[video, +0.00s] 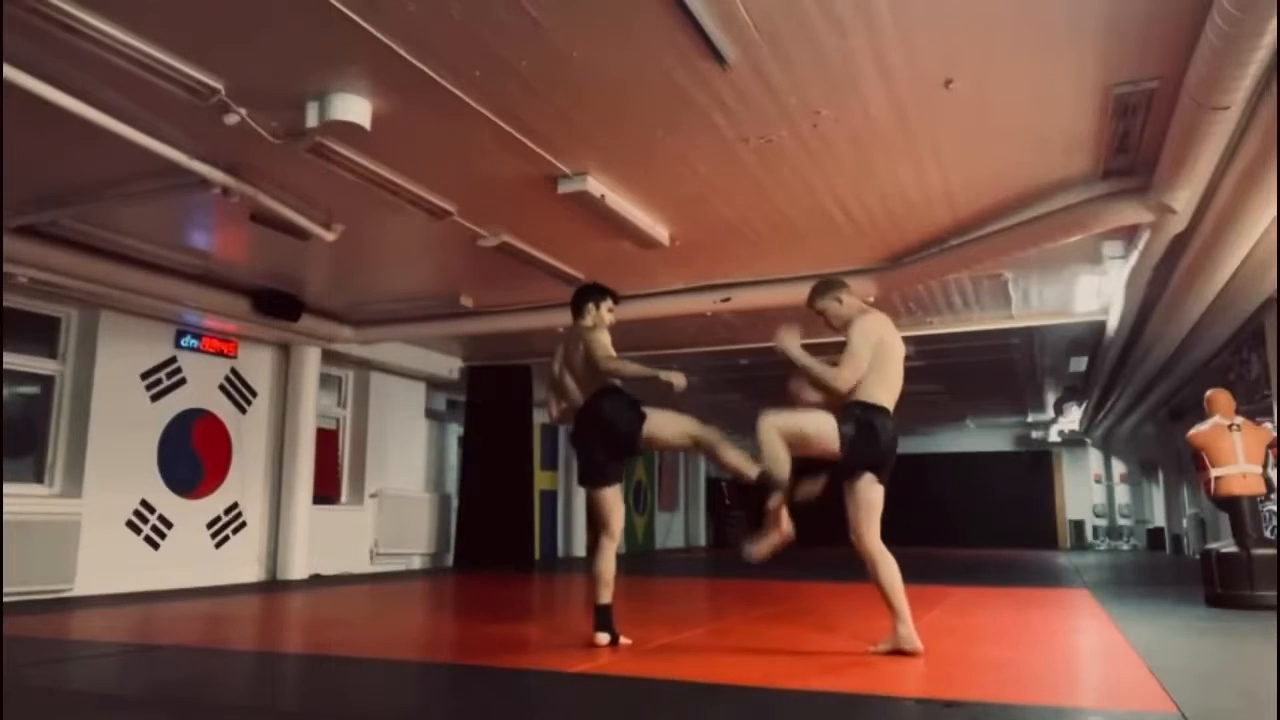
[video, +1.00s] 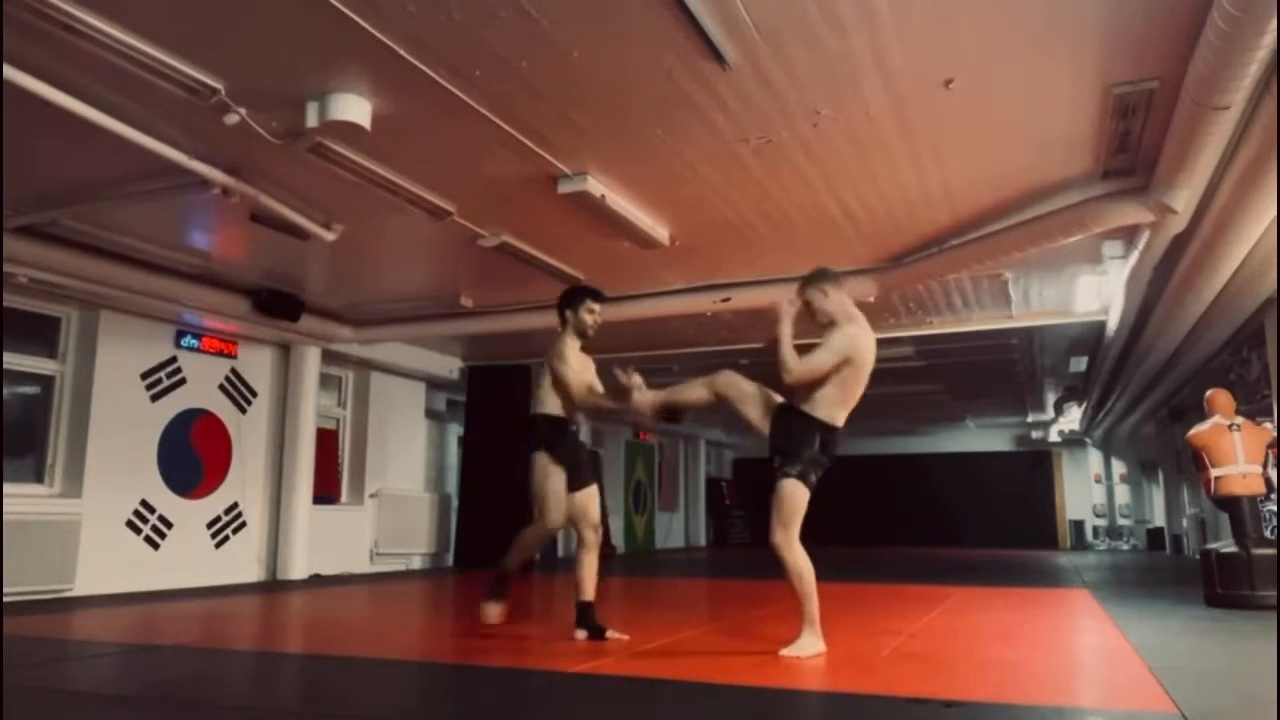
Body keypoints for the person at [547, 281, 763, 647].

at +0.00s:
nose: (611, 317)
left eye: (612, 311)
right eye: (608, 310)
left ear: (580, 312)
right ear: (589, 309)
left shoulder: (560, 351)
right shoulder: (593, 332)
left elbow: (557, 408)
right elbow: (608, 364)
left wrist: (571, 403)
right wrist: (662, 374)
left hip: (588, 436)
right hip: (616, 417)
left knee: (607, 532)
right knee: (701, 433)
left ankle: (603, 625)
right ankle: (764, 482)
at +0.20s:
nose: (620, 314)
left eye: (620, 307)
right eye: (617, 306)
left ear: (588, 308)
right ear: (599, 305)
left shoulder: (574, 346)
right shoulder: (598, 329)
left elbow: (567, 408)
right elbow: (603, 365)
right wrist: (652, 363)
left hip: (593, 431)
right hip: (616, 419)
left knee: (629, 525)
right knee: (663, 494)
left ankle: (604, 611)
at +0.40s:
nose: (627, 327)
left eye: (628, 320)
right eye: (623, 319)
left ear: (603, 321)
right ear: (604, 318)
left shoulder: (597, 357)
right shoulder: (596, 353)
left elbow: (621, 411)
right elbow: (621, 395)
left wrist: (652, 392)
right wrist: (655, 361)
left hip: (600, 449)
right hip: (605, 447)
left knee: (631, 540)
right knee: (644, 532)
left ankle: (599, 613)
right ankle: (611, 619)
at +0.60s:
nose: (628, 314)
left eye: (631, 308)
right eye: (622, 306)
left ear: (627, 311)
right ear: (602, 307)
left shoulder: (619, 347)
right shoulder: (590, 340)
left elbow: (630, 400)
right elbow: (595, 388)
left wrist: (645, 365)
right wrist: (631, 357)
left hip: (611, 433)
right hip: (585, 430)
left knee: (618, 539)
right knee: (632, 448)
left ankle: (593, 610)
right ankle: (643, 551)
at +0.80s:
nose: (620, 321)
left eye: (623, 315)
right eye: (615, 312)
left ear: (620, 318)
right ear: (594, 312)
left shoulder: (613, 360)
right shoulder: (581, 348)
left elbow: (607, 402)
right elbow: (583, 401)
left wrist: (624, 388)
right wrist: (624, 431)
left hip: (598, 439)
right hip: (565, 431)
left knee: (606, 531)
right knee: (600, 438)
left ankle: (590, 614)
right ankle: (595, 520)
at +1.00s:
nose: (596, 319)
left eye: (598, 313)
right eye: (590, 312)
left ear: (596, 318)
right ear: (569, 313)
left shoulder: (586, 359)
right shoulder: (560, 349)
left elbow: (598, 398)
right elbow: (580, 400)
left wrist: (628, 399)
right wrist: (628, 408)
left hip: (574, 441)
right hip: (547, 437)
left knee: (590, 531)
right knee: (549, 522)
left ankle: (586, 618)